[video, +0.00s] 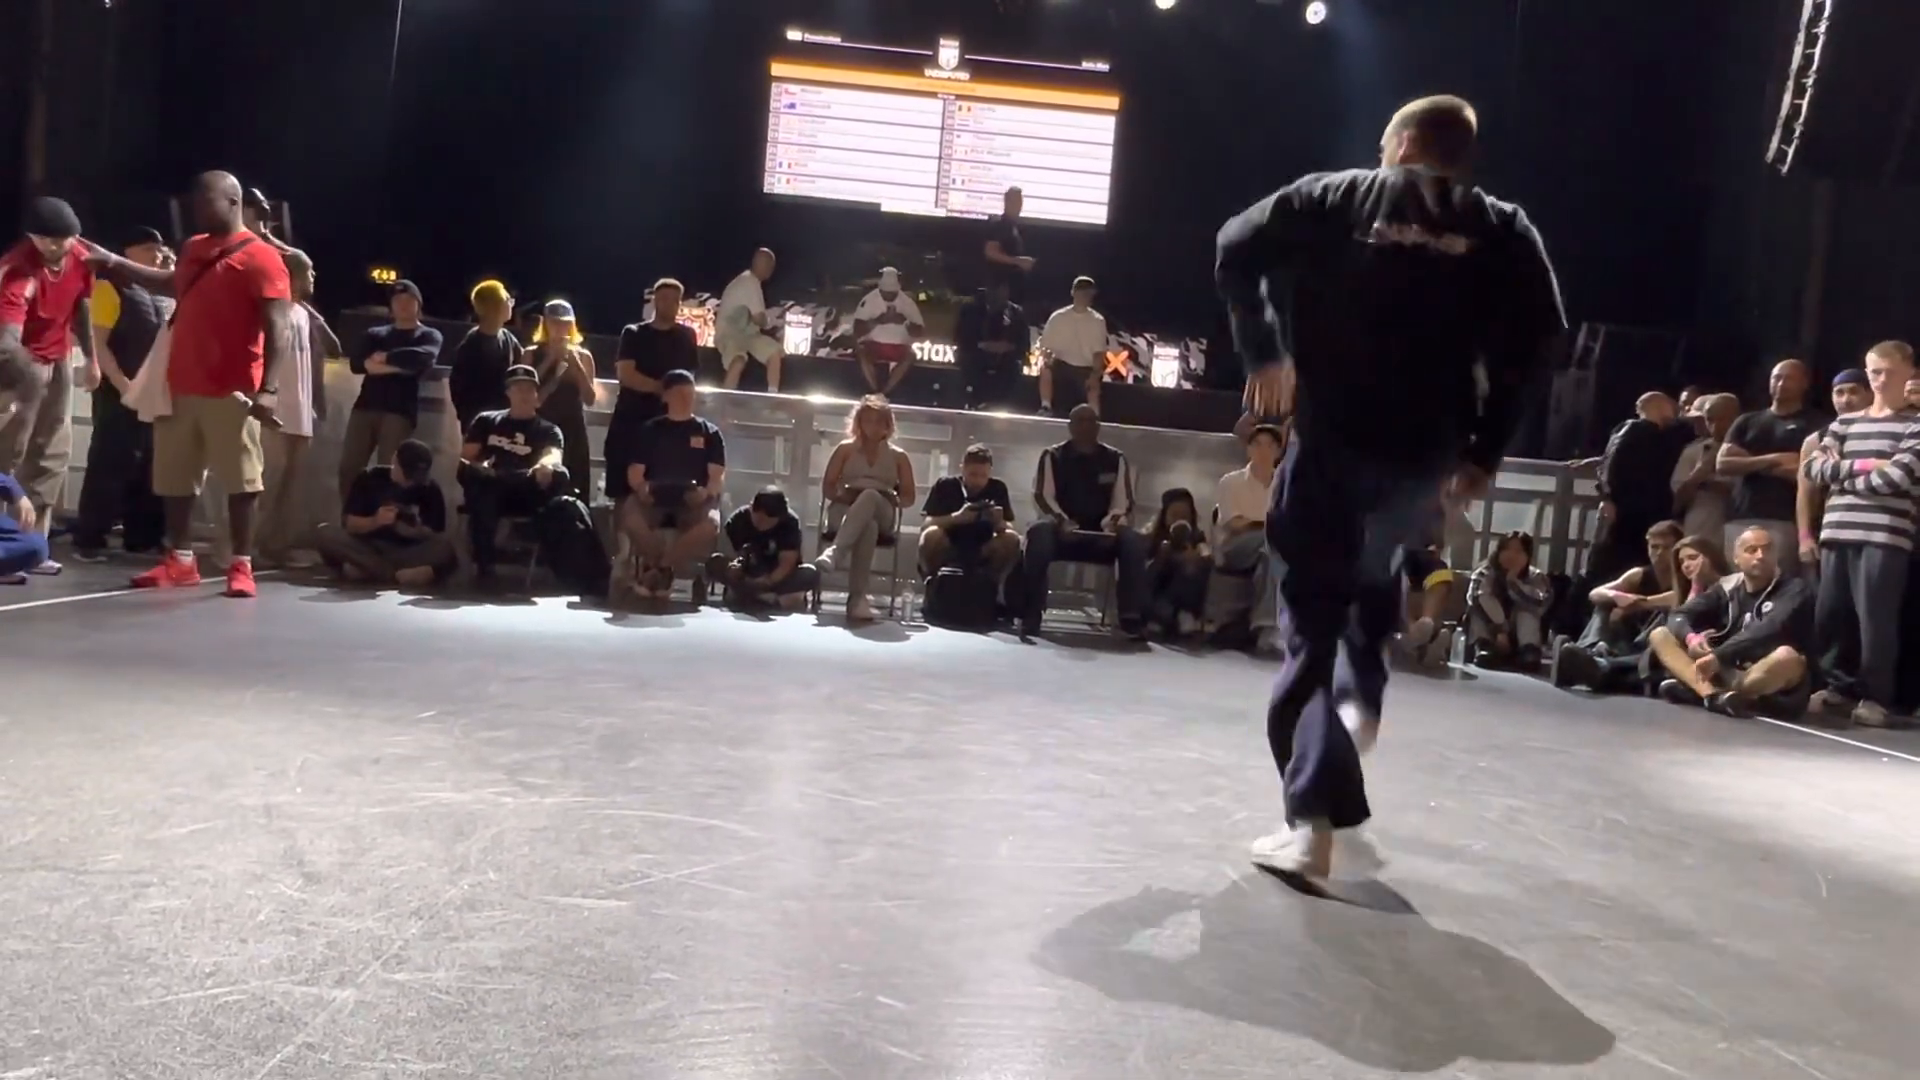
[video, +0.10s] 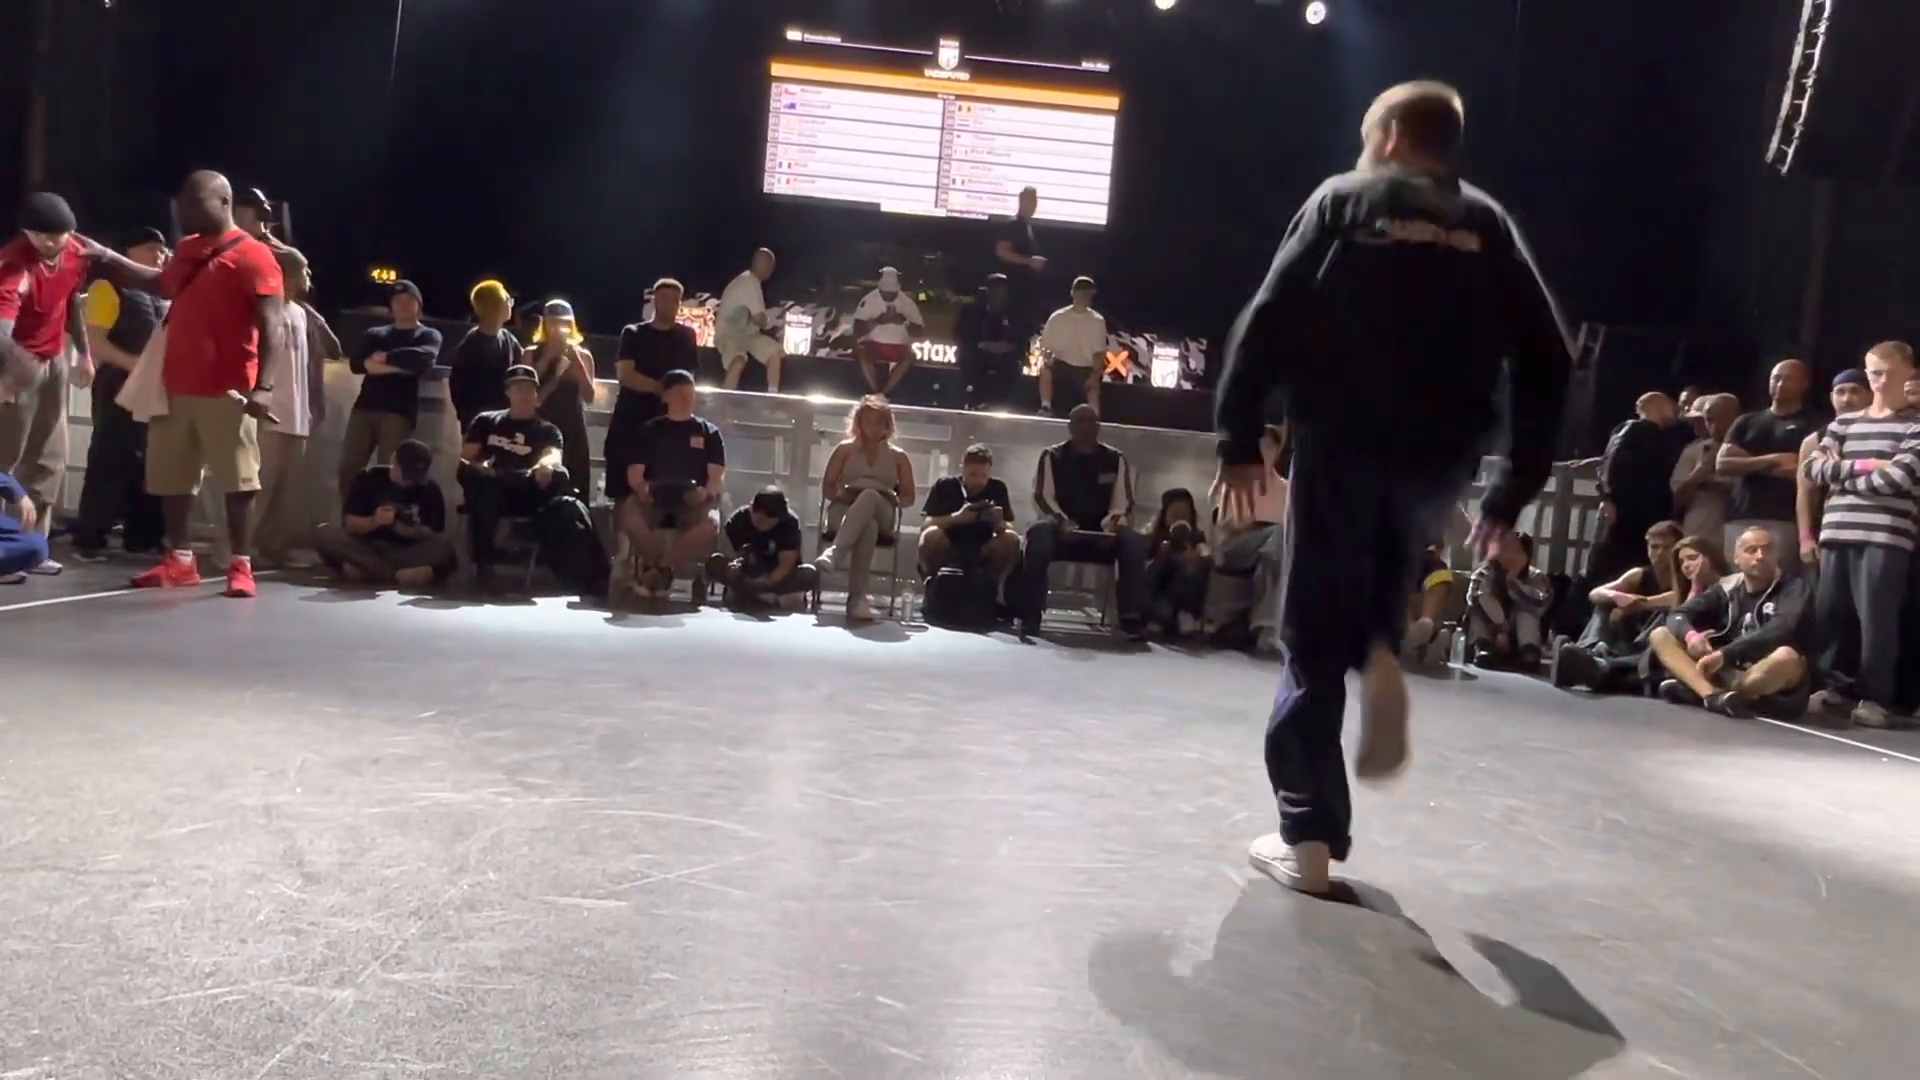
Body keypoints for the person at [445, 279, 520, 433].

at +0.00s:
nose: (512, 302)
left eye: (509, 298)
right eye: (507, 299)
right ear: (493, 307)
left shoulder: (509, 340)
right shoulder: (469, 347)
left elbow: (518, 377)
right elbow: (457, 385)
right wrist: (467, 419)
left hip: (505, 417)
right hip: (475, 421)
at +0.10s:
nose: (511, 302)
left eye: (509, 298)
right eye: (506, 299)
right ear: (494, 307)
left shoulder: (510, 341)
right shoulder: (468, 347)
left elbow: (518, 378)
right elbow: (456, 384)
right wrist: (466, 418)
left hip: (505, 417)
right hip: (474, 420)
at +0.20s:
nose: (512, 302)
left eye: (509, 298)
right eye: (507, 298)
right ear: (495, 306)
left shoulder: (511, 342)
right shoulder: (468, 347)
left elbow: (518, 378)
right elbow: (455, 383)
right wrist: (465, 417)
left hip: (505, 416)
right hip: (473, 419)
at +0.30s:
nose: (513, 304)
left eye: (511, 299)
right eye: (508, 299)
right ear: (492, 307)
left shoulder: (512, 343)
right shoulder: (467, 345)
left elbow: (518, 378)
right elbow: (454, 382)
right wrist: (464, 416)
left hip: (504, 415)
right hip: (472, 417)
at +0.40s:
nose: (514, 305)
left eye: (512, 300)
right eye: (509, 301)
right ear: (489, 308)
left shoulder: (512, 342)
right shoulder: (467, 345)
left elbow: (519, 377)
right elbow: (453, 382)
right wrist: (465, 417)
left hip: (505, 415)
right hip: (472, 417)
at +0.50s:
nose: (511, 308)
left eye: (511, 302)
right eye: (505, 303)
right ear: (486, 308)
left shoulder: (514, 341)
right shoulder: (466, 344)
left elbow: (523, 378)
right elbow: (452, 382)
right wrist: (465, 416)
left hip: (507, 417)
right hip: (473, 418)